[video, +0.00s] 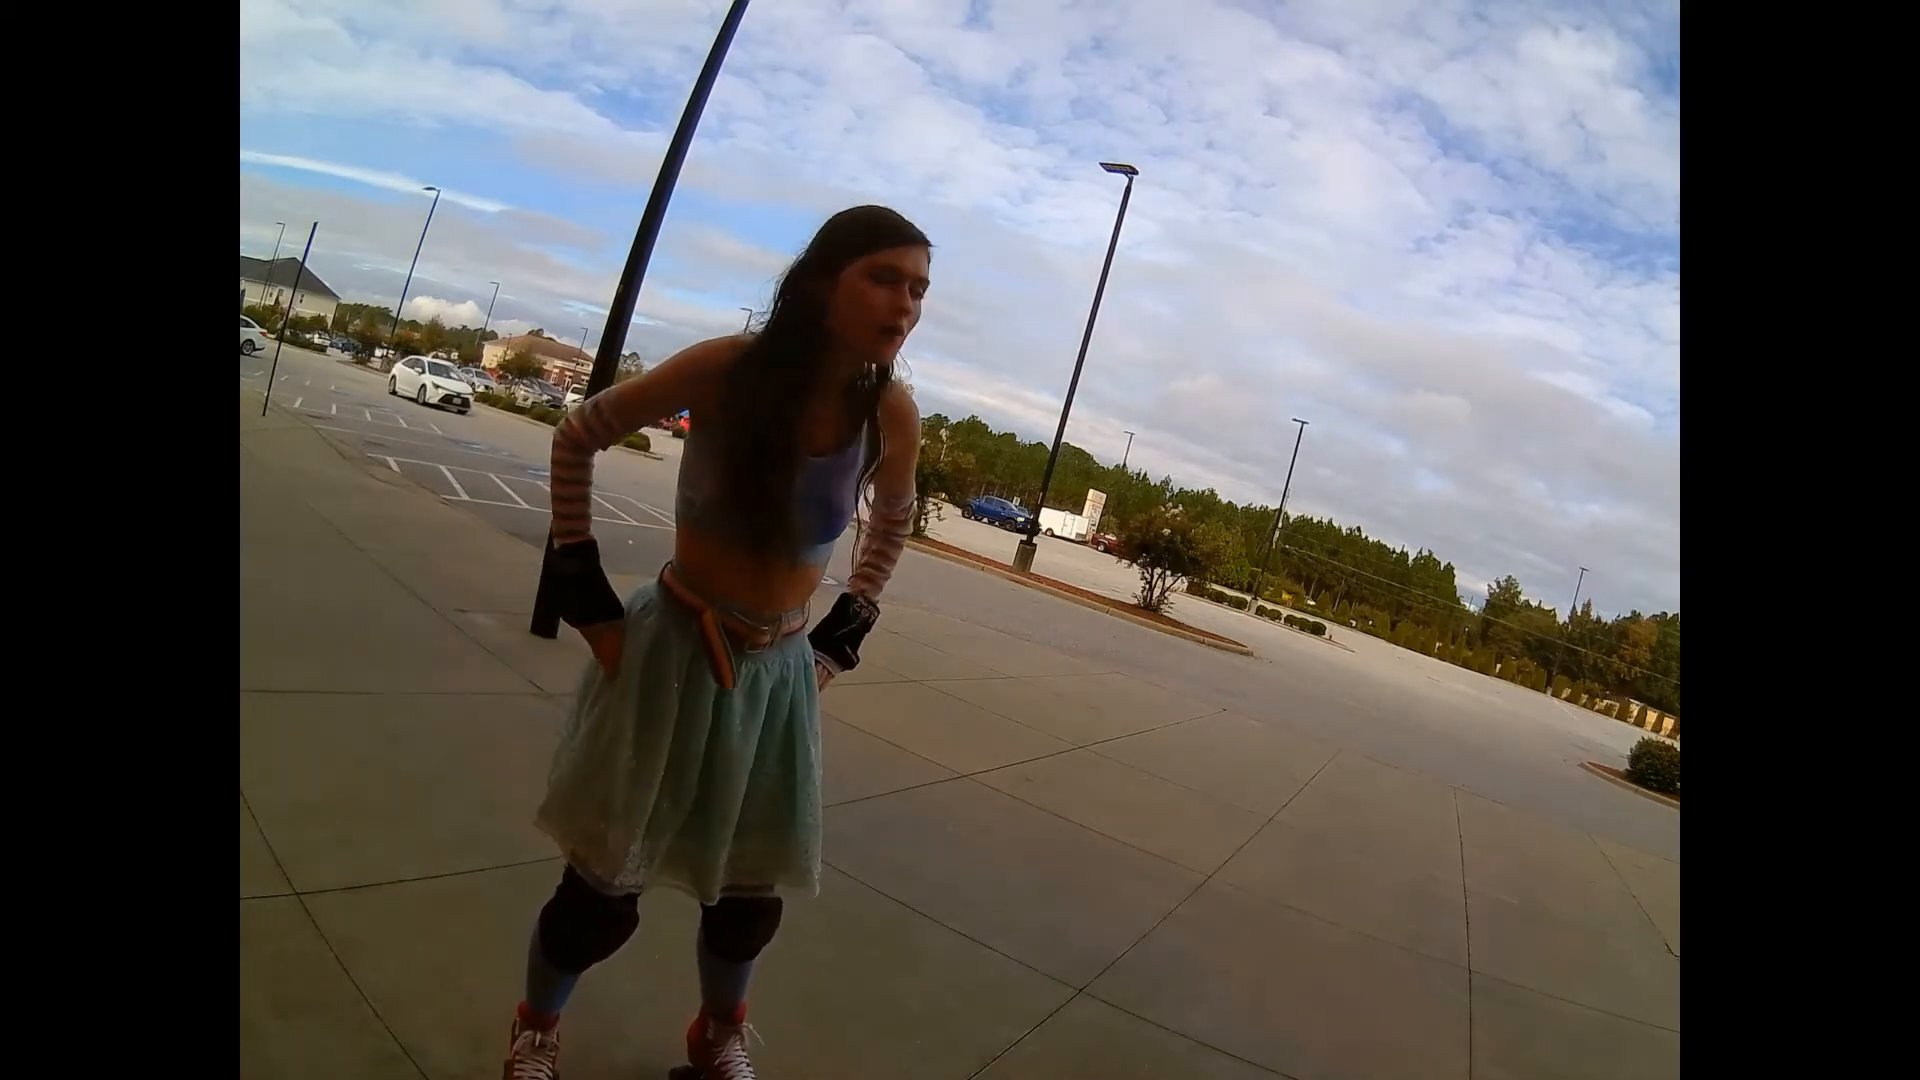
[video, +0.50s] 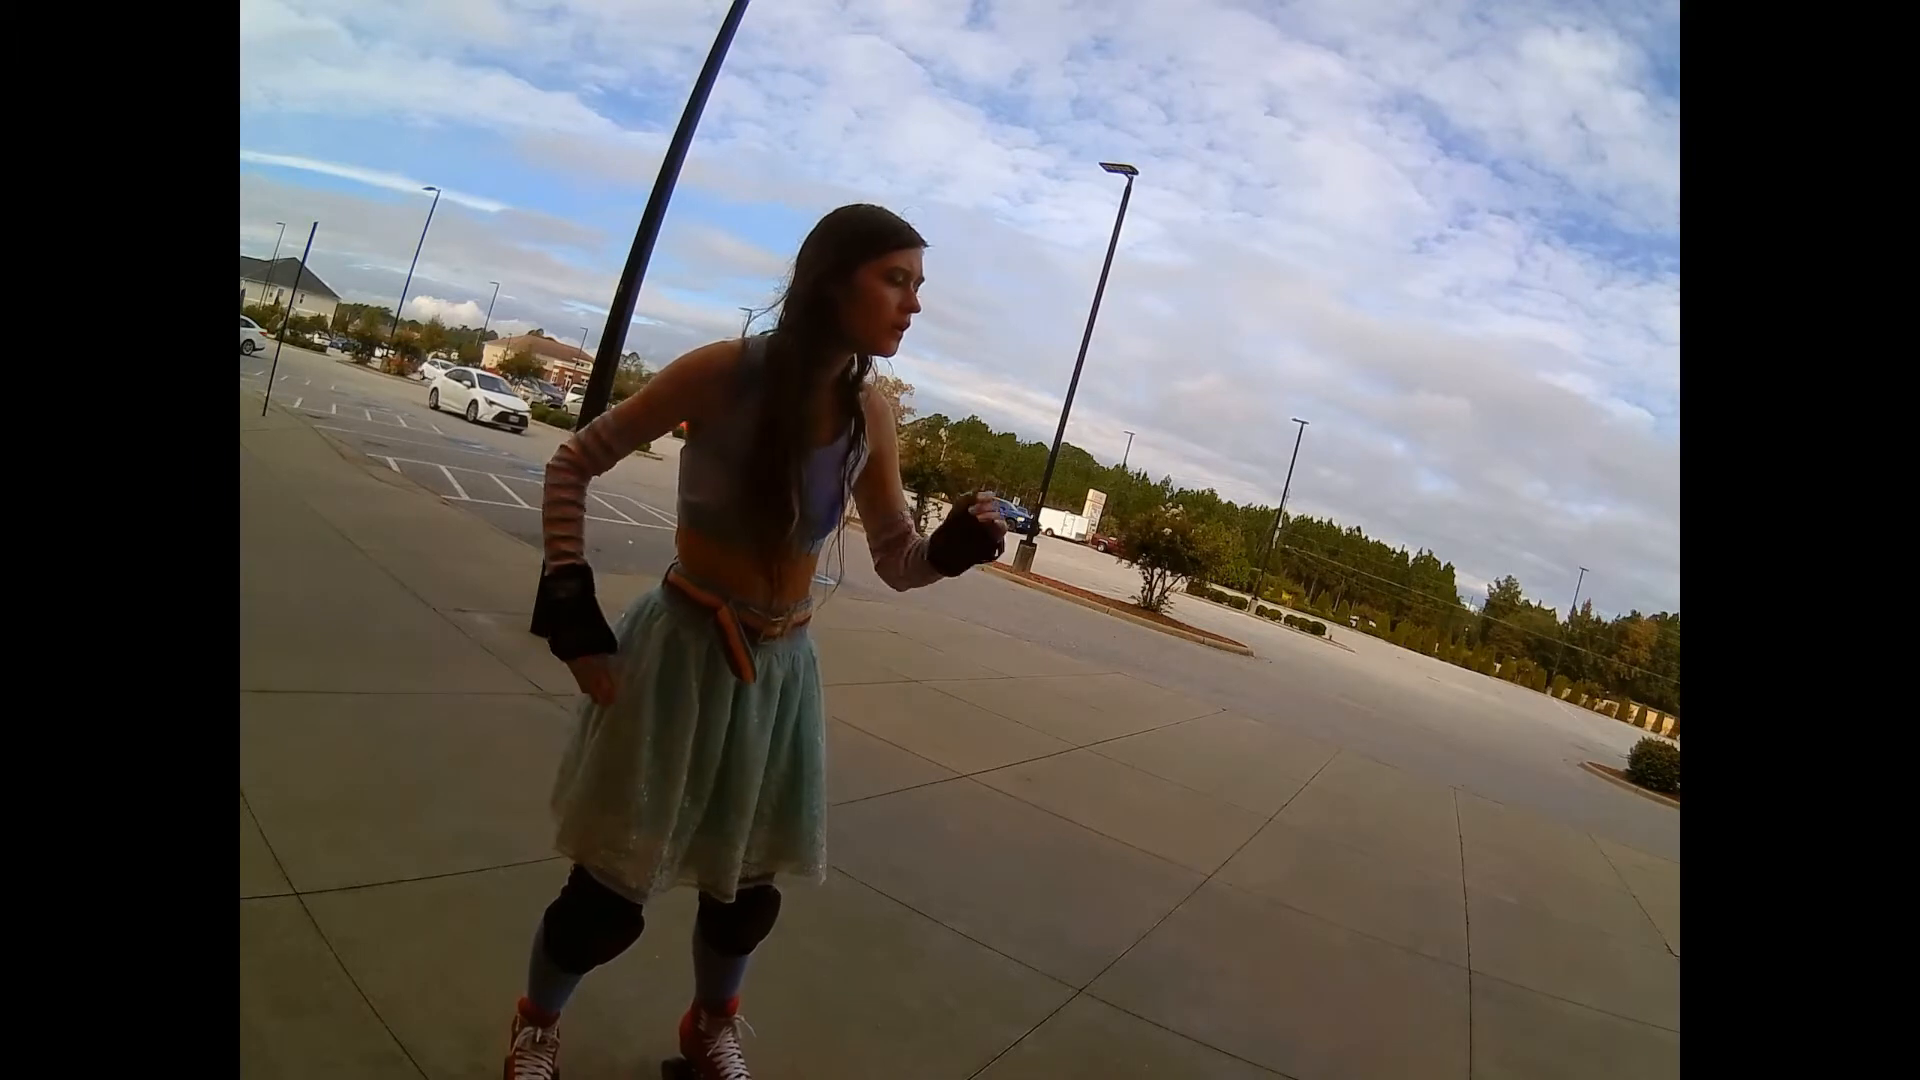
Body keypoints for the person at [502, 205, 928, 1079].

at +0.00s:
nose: (905, 304)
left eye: (918, 288)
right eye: (886, 279)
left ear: (923, 304)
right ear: (826, 280)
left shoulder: (888, 410)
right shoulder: (726, 367)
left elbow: (891, 520)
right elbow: (579, 435)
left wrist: (851, 618)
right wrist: (577, 570)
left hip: (781, 671)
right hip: (670, 646)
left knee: (750, 899)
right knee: (602, 893)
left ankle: (719, 1034)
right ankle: (536, 1029)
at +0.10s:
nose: (920, 309)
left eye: (926, 291)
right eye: (901, 285)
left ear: (914, 304)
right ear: (837, 283)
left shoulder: (886, 411)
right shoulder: (726, 369)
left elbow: (893, 525)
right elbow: (582, 438)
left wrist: (853, 620)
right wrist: (582, 580)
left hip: (782, 673)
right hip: (671, 649)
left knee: (751, 901)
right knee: (604, 895)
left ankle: (718, 1037)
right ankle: (535, 1032)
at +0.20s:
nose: (923, 311)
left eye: (927, 292)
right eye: (906, 286)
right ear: (842, 284)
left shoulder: (882, 413)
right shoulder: (728, 370)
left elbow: (897, 525)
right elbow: (578, 443)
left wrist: (860, 625)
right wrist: (584, 588)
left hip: (781, 672)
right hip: (675, 649)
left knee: (752, 898)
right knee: (610, 893)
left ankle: (718, 1037)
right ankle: (536, 1028)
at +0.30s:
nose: (923, 310)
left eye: (926, 291)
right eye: (907, 285)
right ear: (843, 284)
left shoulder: (878, 412)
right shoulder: (729, 371)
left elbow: (897, 531)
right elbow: (576, 446)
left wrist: (891, 625)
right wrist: (578, 586)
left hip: (782, 672)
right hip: (678, 651)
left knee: (750, 898)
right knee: (610, 894)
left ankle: (717, 1035)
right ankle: (536, 1028)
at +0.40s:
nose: (920, 306)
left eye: (925, 288)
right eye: (904, 283)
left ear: (882, 301)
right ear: (839, 284)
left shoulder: (875, 413)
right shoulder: (727, 373)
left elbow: (895, 533)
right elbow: (573, 449)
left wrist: (923, 593)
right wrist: (574, 594)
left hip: (781, 668)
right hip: (679, 651)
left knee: (747, 899)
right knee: (606, 899)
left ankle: (713, 1037)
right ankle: (535, 1033)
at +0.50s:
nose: (914, 302)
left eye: (918, 284)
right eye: (898, 281)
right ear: (834, 283)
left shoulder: (870, 409)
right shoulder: (724, 376)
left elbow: (897, 558)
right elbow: (572, 463)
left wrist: (955, 549)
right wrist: (572, 612)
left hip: (781, 669)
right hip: (683, 652)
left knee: (746, 893)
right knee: (610, 896)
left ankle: (711, 1032)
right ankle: (538, 1027)